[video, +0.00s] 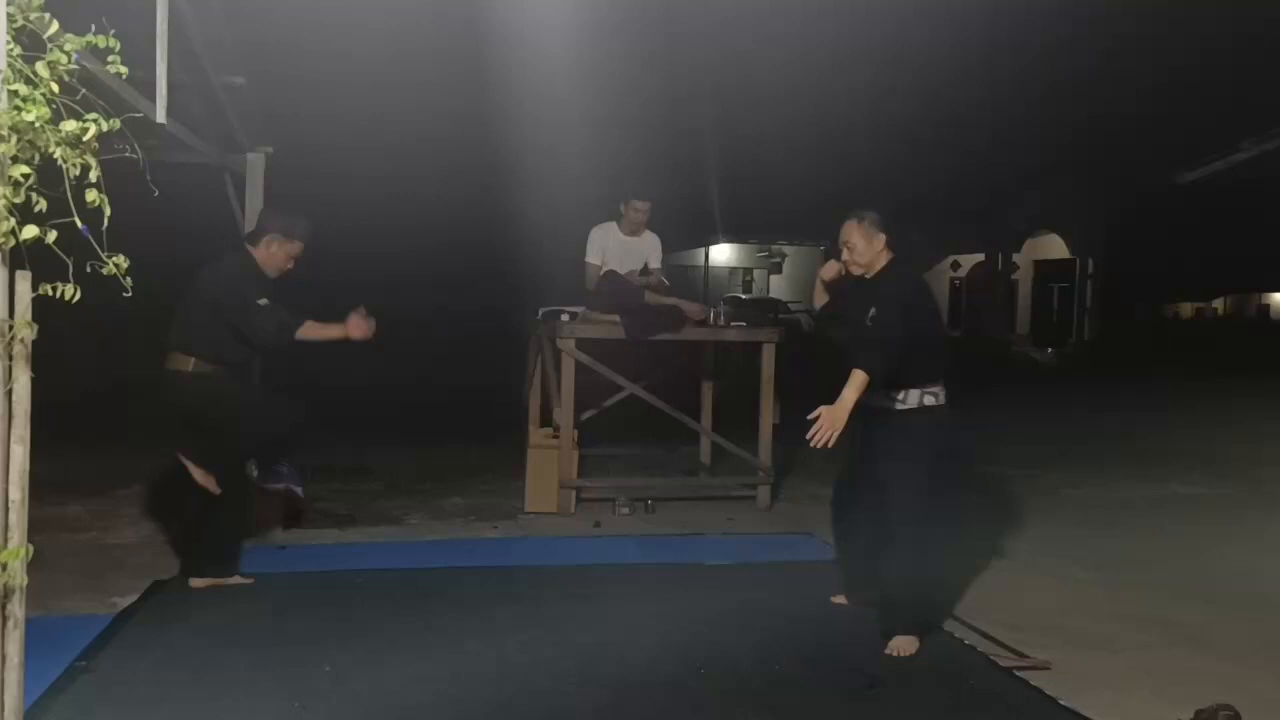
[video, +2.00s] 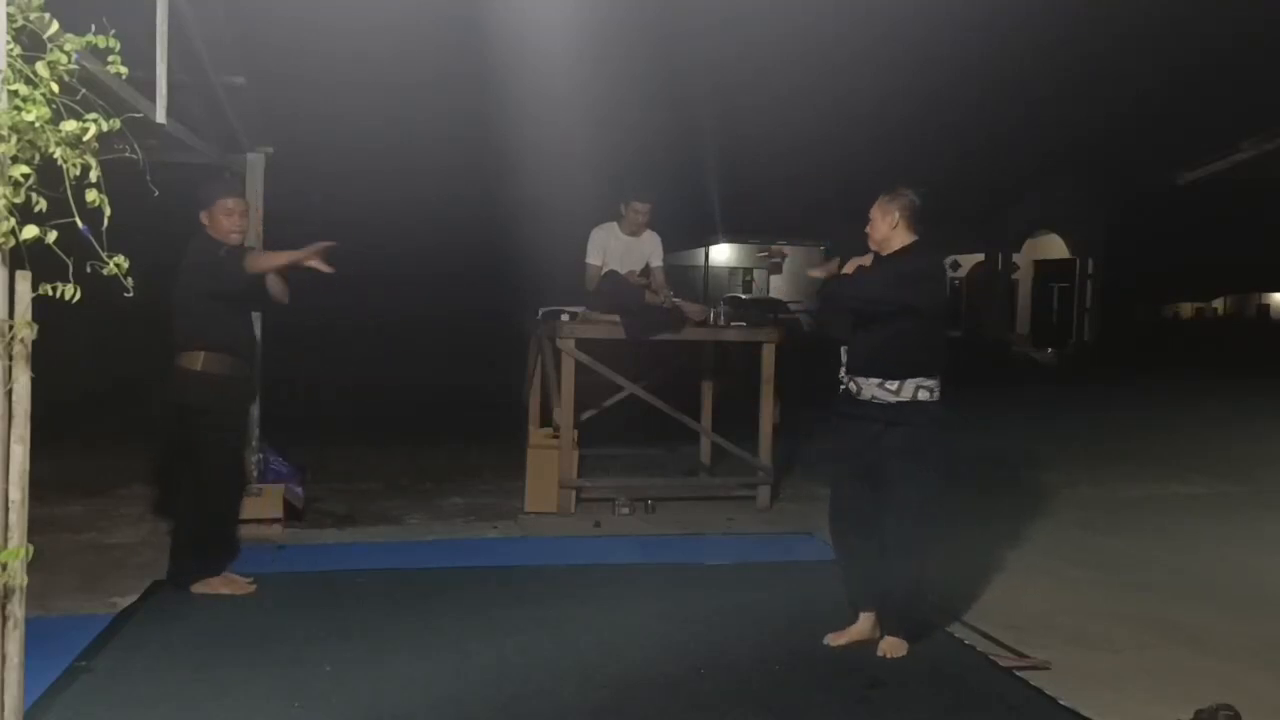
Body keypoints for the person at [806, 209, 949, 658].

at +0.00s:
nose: (845, 255)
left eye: (851, 246)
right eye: (843, 247)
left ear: (880, 242)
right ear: (868, 246)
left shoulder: (900, 285)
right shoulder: (867, 286)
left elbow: (875, 349)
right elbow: (833, 324)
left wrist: (843, 405)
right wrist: (823, 284)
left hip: (916, 416)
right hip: (875, 413)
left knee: (908, 514)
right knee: (852, 497)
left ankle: (910, 621)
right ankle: (861, 584)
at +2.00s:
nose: (867, 227)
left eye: (872, 218)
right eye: (868, 219)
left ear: (894, 218)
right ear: (894, 219)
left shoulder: (920, 271)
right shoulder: (873, 270)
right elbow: (828, 309)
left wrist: (841, 277)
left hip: (906, 419)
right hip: (859, 415)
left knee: (900, 519)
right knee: (852, 513)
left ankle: (897, 627)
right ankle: (866, 617)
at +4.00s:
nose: (876, 222)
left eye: (887, 214)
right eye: (877, 215)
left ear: (918, 220)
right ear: (884, 223)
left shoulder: (933, 276)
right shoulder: (872, 265)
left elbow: (882, 327)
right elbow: (819, 275)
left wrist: (839, 293)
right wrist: (769, 270)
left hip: (907, 419)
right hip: (856, 413)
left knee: (900, 519)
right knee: (847, 513)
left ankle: (898, 626)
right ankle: (863, 616)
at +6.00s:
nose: (846, 303)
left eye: (857, 294)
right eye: (841, 294)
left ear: (884, 297)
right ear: (835, 297)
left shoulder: (903, 343)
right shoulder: (828, 330)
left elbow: (884, 405)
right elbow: (762, 349)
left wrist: (814, 380)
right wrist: (760, 315)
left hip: (885, 456)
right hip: (830, 450)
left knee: (896, 539)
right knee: (804, 513)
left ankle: (897, 626)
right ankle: (792, 562)